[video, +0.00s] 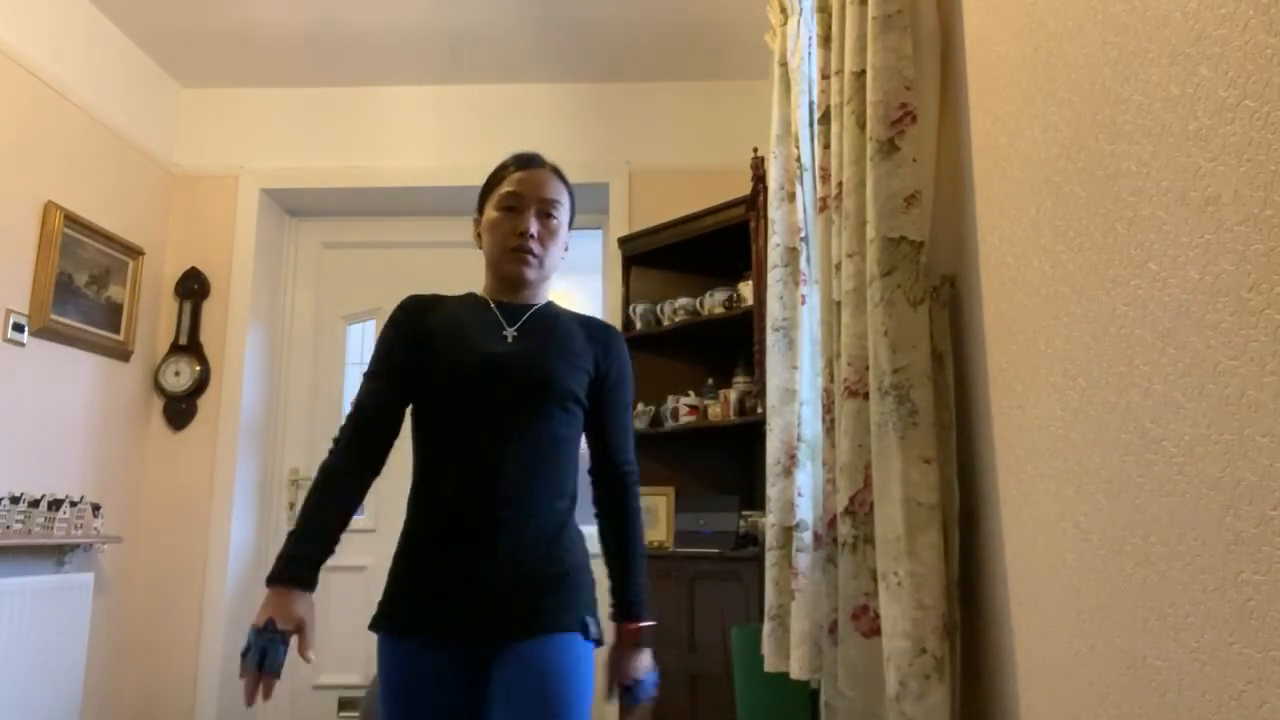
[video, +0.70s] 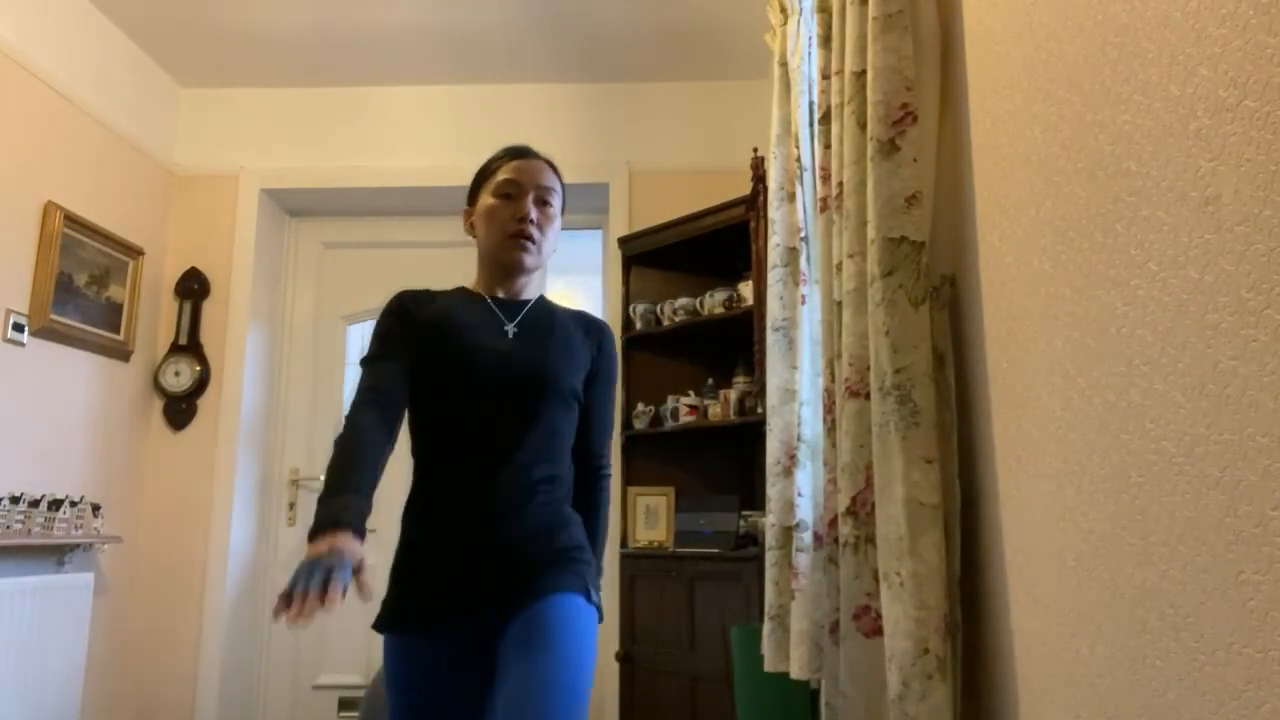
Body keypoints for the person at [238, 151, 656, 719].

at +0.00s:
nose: (529, 225)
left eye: (549, 213)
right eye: (511, 207)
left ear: (565, 241)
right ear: (479, 228)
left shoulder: (597, 345)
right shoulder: (420, 322)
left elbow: (617, 488)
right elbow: (356, 454)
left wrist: (632, 625)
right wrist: (291, 579)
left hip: (546, 620)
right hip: (425, 613)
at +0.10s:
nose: (522, 220)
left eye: (541, 211)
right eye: (504, 204)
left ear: (558, 241)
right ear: (473, 225)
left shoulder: (590, 348)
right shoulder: (415, 314)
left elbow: (589, 483)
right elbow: (358, 409)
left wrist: (579, 588)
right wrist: (303, 514)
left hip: (535, 575)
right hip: (422, 578)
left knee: (522, 706)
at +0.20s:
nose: (520, 221)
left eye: (539, 211)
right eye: (502, 204)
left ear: (555, 240)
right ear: (466, 227)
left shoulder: (581, 348)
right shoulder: (419, 308)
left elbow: (570, 476)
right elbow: (378, 345)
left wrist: (552, 556)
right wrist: (358, 385)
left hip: (533, 554)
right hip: (426, 565)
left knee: (504, 592)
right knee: (407, 708)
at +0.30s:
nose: (520, 224)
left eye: (538, 214)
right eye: (500, 207)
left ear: (549, 241)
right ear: (462, 229)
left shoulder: (578, 354)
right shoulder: (421, 330)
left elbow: (565, 491)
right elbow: (383, 355)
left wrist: (520, 631)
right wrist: (401, 314)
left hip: (524, 590)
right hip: (419, 596)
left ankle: (474, 506)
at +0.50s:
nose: (521, 220)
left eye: (538, 211)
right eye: (500, 204)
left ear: (549, 238)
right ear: (461, 227)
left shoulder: (575, 352)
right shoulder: (422, 322)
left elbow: (573, 478)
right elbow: (385, 348)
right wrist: (401, 335)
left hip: (533, 600)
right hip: (426, 596)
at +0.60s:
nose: (523, 212)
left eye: (540, 204)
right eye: (503, 196)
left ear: (554, 233)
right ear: (465, 219)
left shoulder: (579, 343)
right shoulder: (416, 307)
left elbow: (578, 471)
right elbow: (383, 359)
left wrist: (566, 557)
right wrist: (368, 411)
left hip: (537, 548)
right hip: (431, 554)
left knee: (523, 633)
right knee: (414, 708)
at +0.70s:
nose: (528, 209)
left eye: (545, 200)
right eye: (508, 194)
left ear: (558, 229)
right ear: (471, 219)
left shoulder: (589, 338)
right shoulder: (416, 314)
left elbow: (593, 472)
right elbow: (371, 421)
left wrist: (584, 580)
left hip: (547, 582)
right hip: (433, 577)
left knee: (541, 710)